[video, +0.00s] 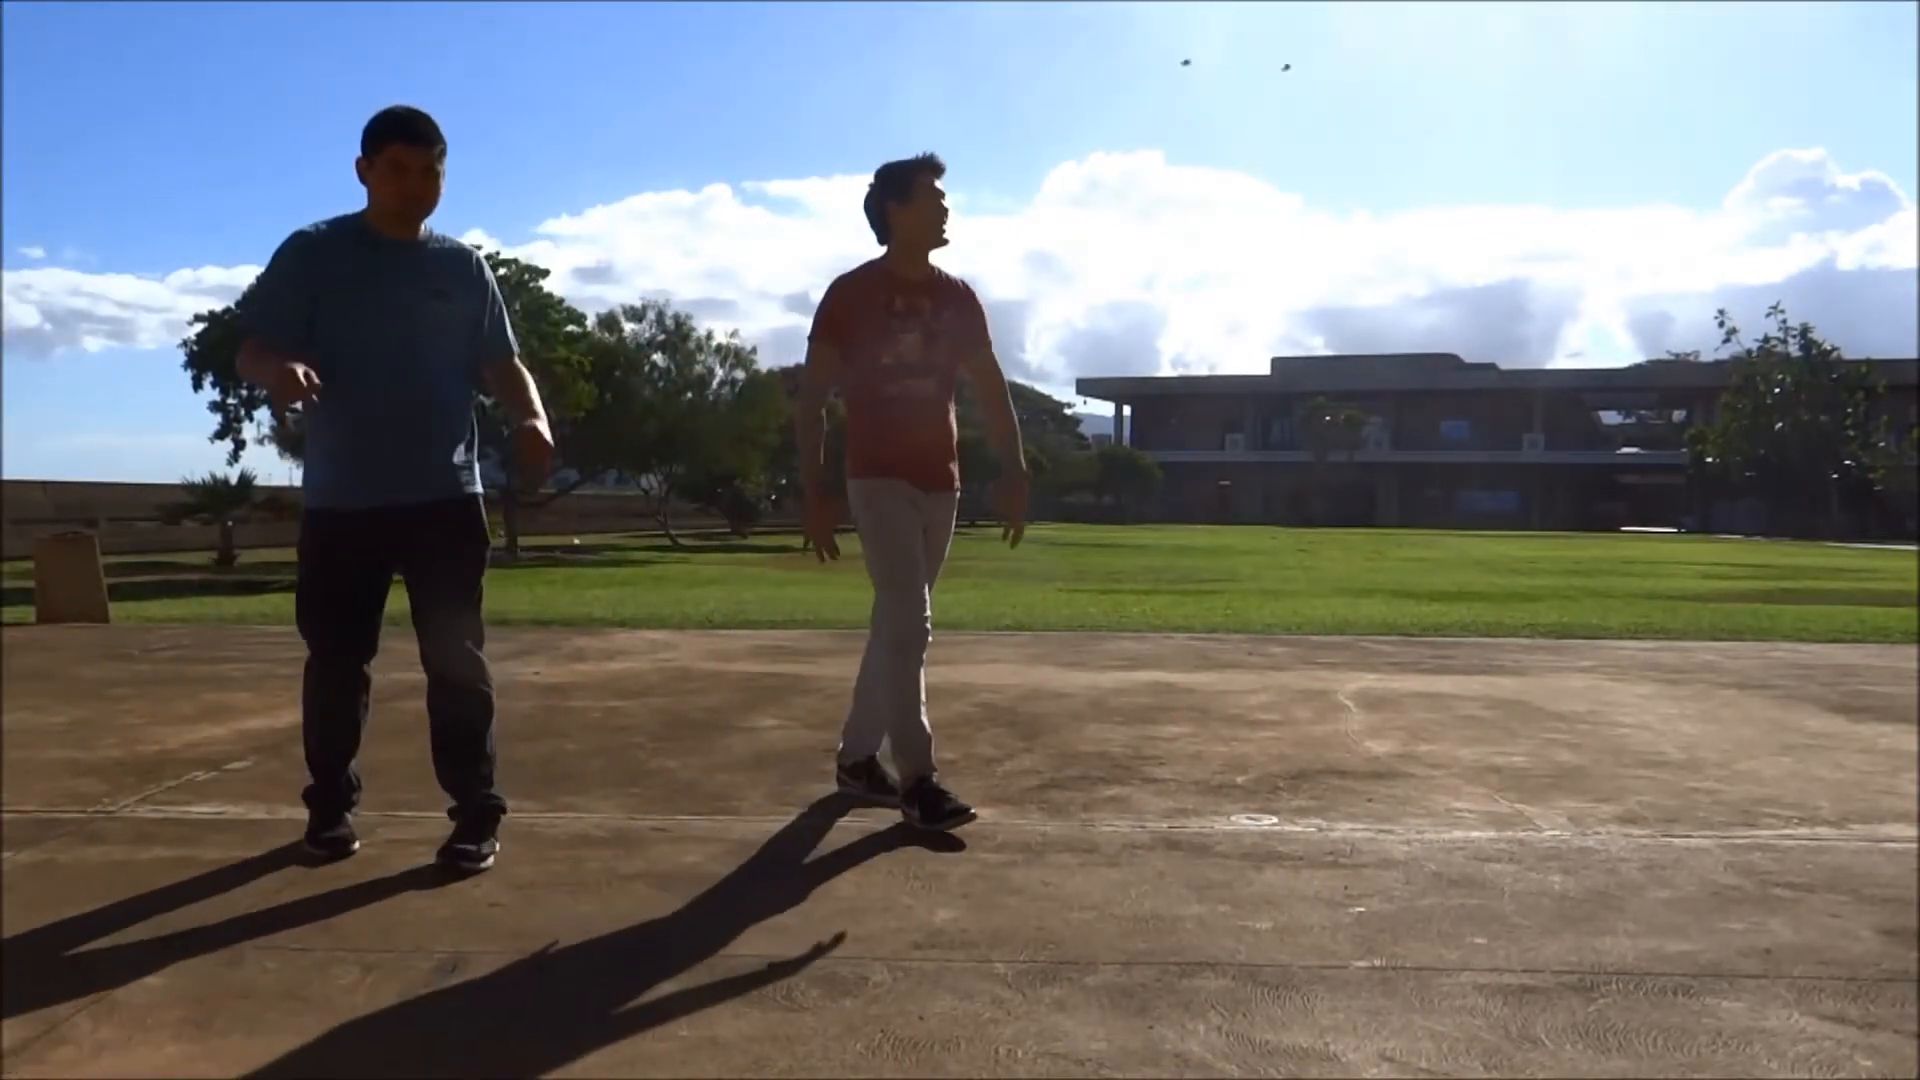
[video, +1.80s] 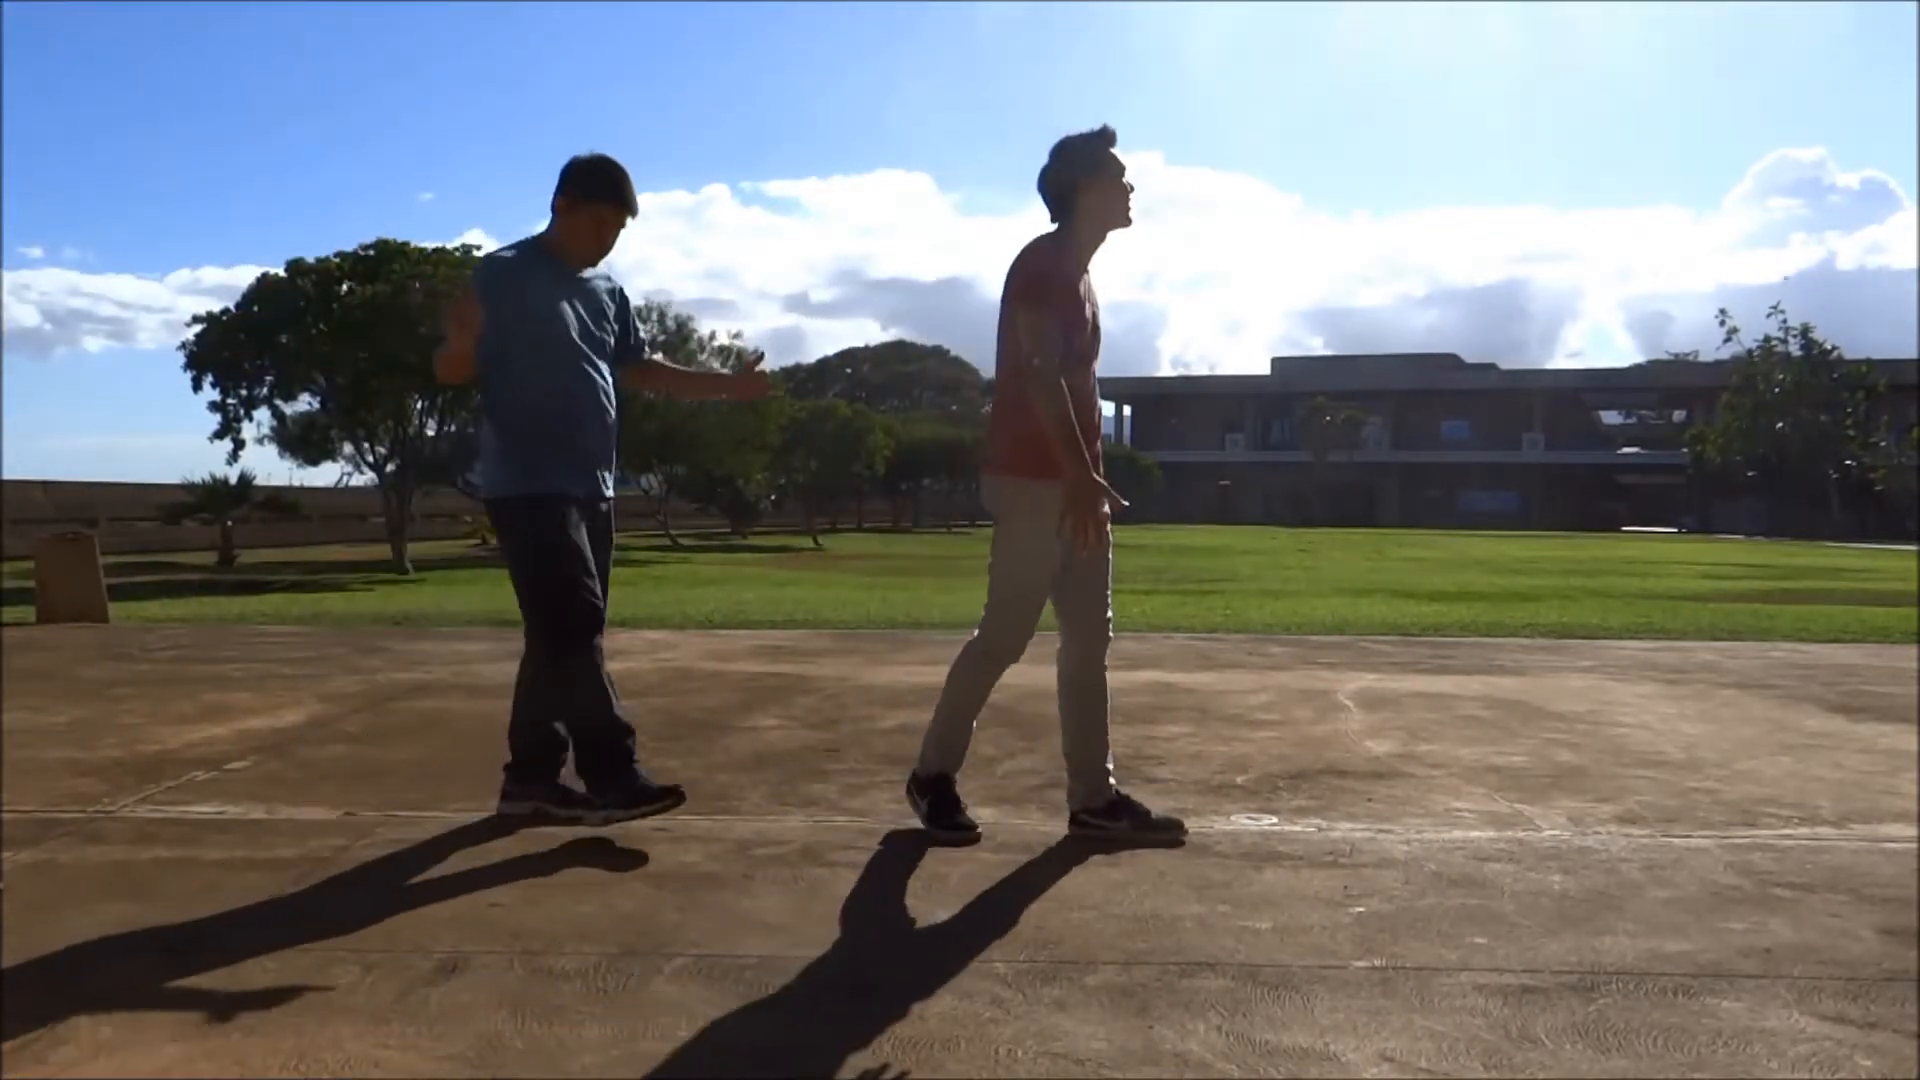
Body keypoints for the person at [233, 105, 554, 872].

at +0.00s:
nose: (426, 183)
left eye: (434, 169)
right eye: (410, 168)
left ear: (442, 176)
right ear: (368, 169)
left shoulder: (463, 266)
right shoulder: (311, 255)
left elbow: (502, 362)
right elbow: (251, 350)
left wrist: (533, 419)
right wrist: (274, 370)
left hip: (444, 493)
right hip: (344, 497)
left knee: (457, 658)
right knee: (334, 661)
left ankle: (477, 816)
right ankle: (329, 811)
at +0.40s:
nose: (395, 177)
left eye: (403, 165)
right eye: (378, 163)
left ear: (412, 175)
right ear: (337, 169)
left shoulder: (425, 263)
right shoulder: (286, 255)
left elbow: (479, 354)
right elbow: (217, 347)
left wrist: (517, 309)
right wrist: (250, 267)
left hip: (411, 486)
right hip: (315, 492)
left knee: (422, 653)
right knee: (324, 660)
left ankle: (413, 794)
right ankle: (329, 806)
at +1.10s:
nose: (478, 217)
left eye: (486, 204)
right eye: (465, 202)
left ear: (493, 204)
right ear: (425, 195)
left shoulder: (490, 280)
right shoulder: (365, 265)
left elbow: (539, 363)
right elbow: (298, 348)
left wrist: (561, 293)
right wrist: (336, 262)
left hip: (474, 495)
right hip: (385, 497)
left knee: (503, 639)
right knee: (362, 658)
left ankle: (524, 778)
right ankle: (335, 805)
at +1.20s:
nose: (502, 227)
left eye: (510, 214)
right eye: (490, 211)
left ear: (517, 212)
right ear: (451, 203)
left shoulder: (516, 287)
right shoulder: (389, 272)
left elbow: (562, 364)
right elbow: (330, 355)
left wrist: (610, 305)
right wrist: (340, 277)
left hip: (506, 498)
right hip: (416, 501)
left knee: (530, 643)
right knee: (385, 655)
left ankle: (530, 779)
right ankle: (340, 803)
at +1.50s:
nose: (569, 232)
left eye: (576, 219)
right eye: (561, 217)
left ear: (575, 217)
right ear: (522, 204)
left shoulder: (577, 294)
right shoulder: (451, 274)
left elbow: (606, 367)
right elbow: (402, 364)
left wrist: (692, 336)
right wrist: (393, 307)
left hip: (564, 491)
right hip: (486, 491)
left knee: (556, 641)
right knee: (479, 640)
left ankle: (535, 780)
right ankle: (441, 797)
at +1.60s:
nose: (586, 233)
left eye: (593, 221)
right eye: (579, 218)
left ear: (589, 218)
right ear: (538, 204)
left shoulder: (590, 293)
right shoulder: (469, 273)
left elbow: (617, 370)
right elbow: (420, 365)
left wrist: (703, 338)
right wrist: (417, 308)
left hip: (574, 488)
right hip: (500, 487)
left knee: (566, 637)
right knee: (515, 632)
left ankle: (544, 780)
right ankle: (503, 796)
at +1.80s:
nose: (613, 240)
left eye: (621, 227)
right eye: (608, 223)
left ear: (616, 223)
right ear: (566, 207)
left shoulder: (608, 293)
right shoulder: (501, 274)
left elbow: (639, 368)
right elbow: (453, 369)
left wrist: (731, 384)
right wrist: (462, 343)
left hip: (591, 485)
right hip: (527, 483)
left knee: (564, 626)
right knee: (575, 620)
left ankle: (530, 779)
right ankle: (615, 778)